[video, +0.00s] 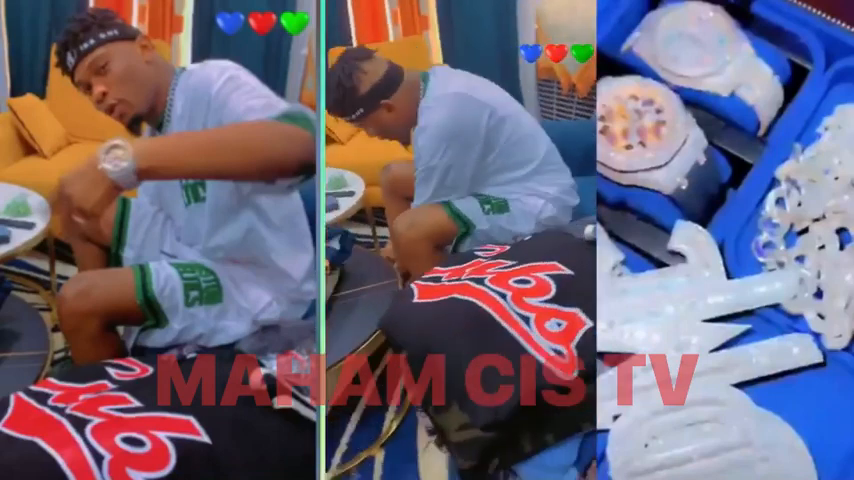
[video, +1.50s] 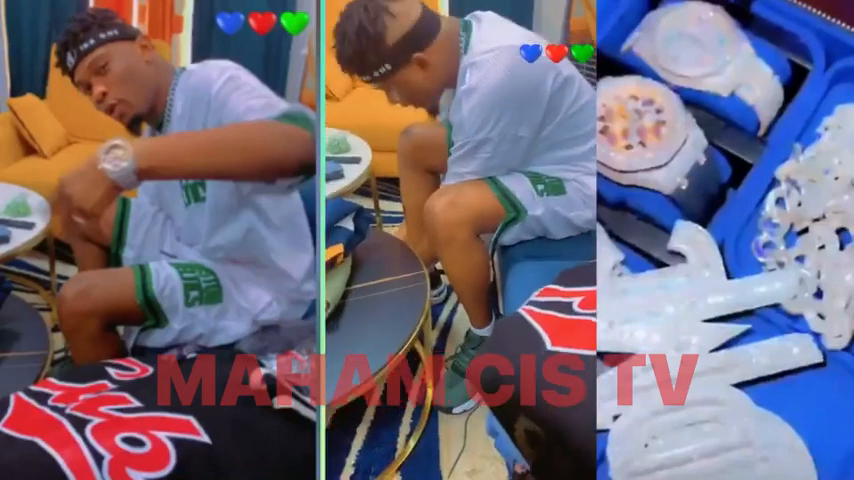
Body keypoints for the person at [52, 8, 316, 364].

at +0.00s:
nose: (97, 94)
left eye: (102, 70)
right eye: (87, 89)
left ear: (145, 48)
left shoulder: (214, 81)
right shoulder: (153, 134)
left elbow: (298, 146)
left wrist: (131, 160)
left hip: (262, 279)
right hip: (192, 253)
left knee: (80, 300)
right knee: (83, 213)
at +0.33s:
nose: (97, 94)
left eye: (102, 70)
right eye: (87, 89)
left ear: (145, 48)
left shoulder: (213, 81)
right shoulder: (153, 134)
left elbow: (298, 146)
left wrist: (131, 160)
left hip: (261, 277)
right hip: (191, 252)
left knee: (80, 300)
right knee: (83, 213)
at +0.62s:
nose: (97, 94)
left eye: (102, 70)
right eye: (87, 89)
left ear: (145, 48)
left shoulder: (213, 81)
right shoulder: (153, 134)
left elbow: (297, 147)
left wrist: (132, 160)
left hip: (262, 279)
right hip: (192, 253)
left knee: (80, 299)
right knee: (84, 214)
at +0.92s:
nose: (97, 94)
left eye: (102, 70)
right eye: (87, 89)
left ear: (144, 48)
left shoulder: (213, 81)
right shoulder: (152, 136)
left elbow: (298, 146)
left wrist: (131, 160)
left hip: (262, 279)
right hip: (193, 253)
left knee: (79, 300)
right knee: (84, 214)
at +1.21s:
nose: (97, 94)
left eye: (102, 70)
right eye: (87, 90)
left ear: (144, 48)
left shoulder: (213, 81)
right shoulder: (152, 136)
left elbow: (297, 146)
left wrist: (131, 160)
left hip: (262, 279)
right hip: (193, 253)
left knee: (79, 300)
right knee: (84, 214)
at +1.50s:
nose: (97, 94)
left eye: (102, 70)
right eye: (87, 89)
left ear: (144, 48)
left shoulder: (213, 81)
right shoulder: (153, 134)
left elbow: (298, 146)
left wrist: (131, 160)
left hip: (262, 279)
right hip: (193, 253)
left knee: (80, 300)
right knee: (83, 214)